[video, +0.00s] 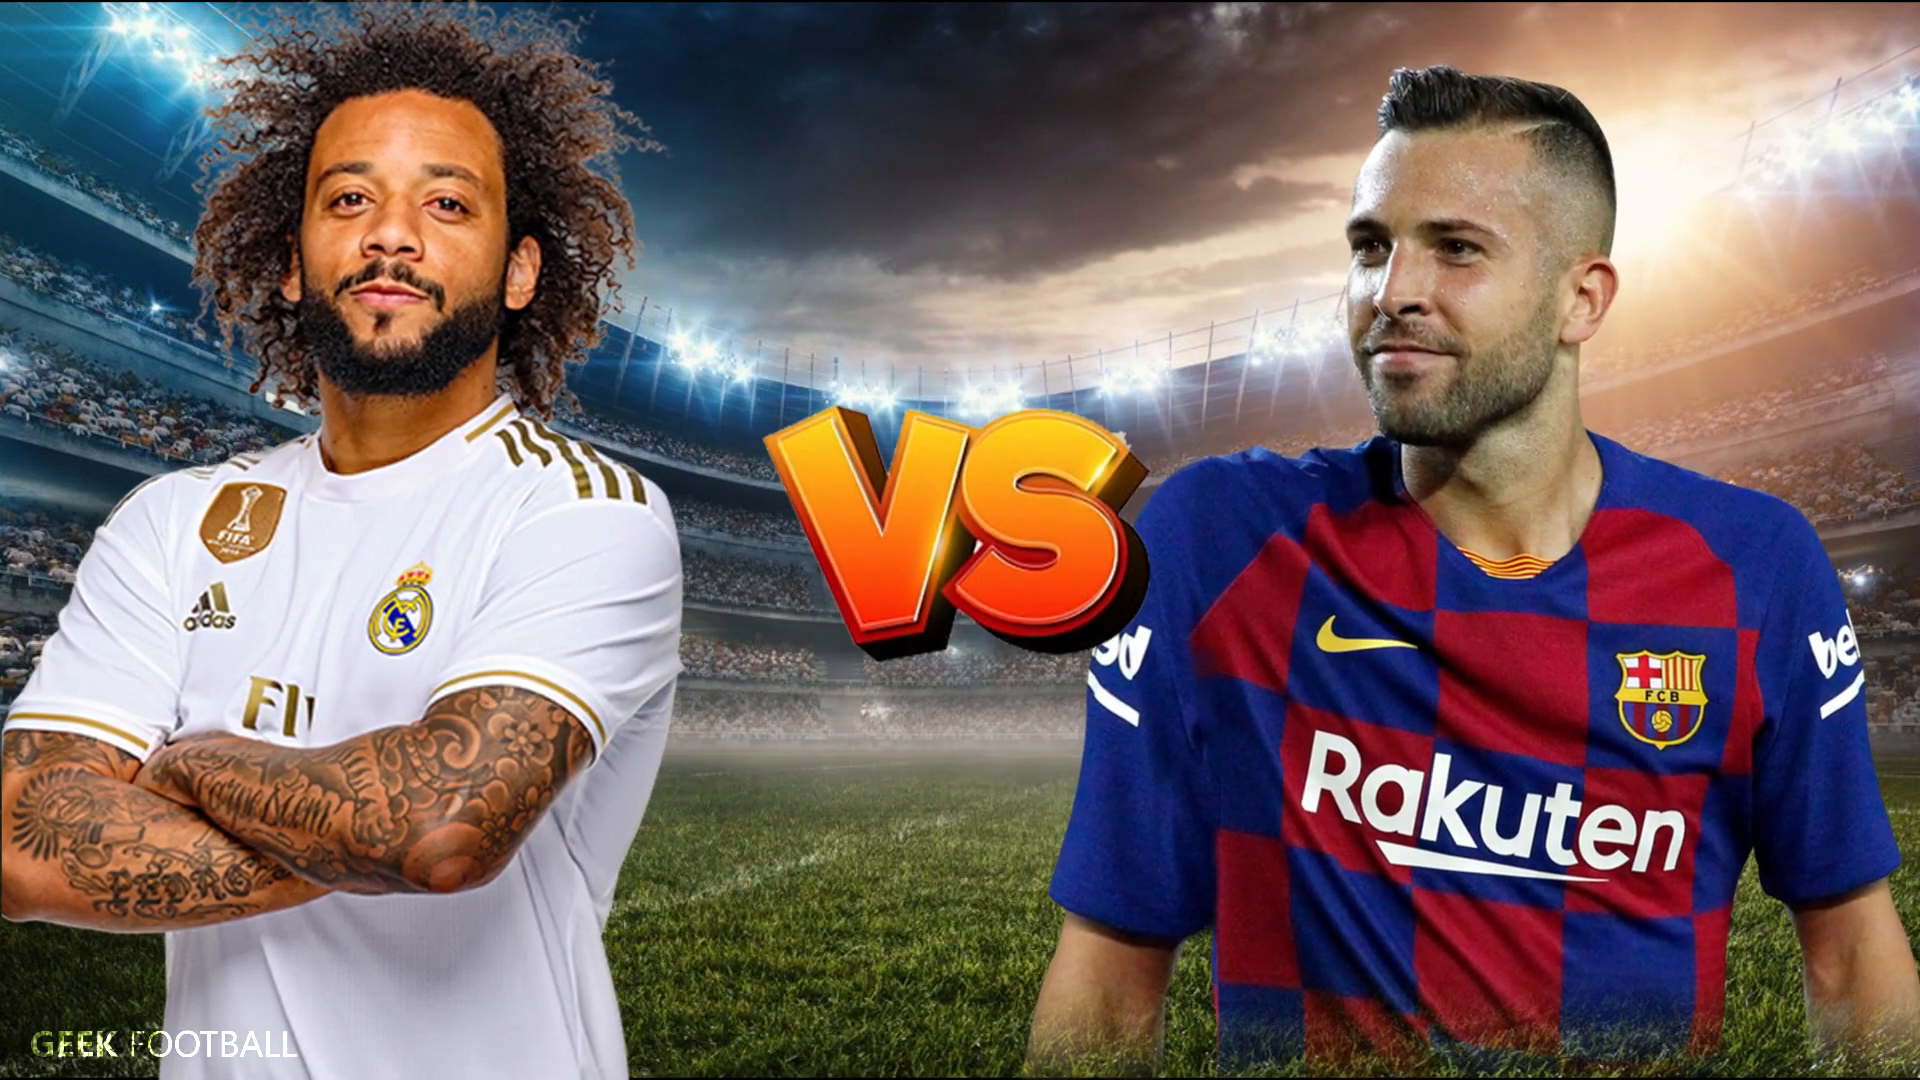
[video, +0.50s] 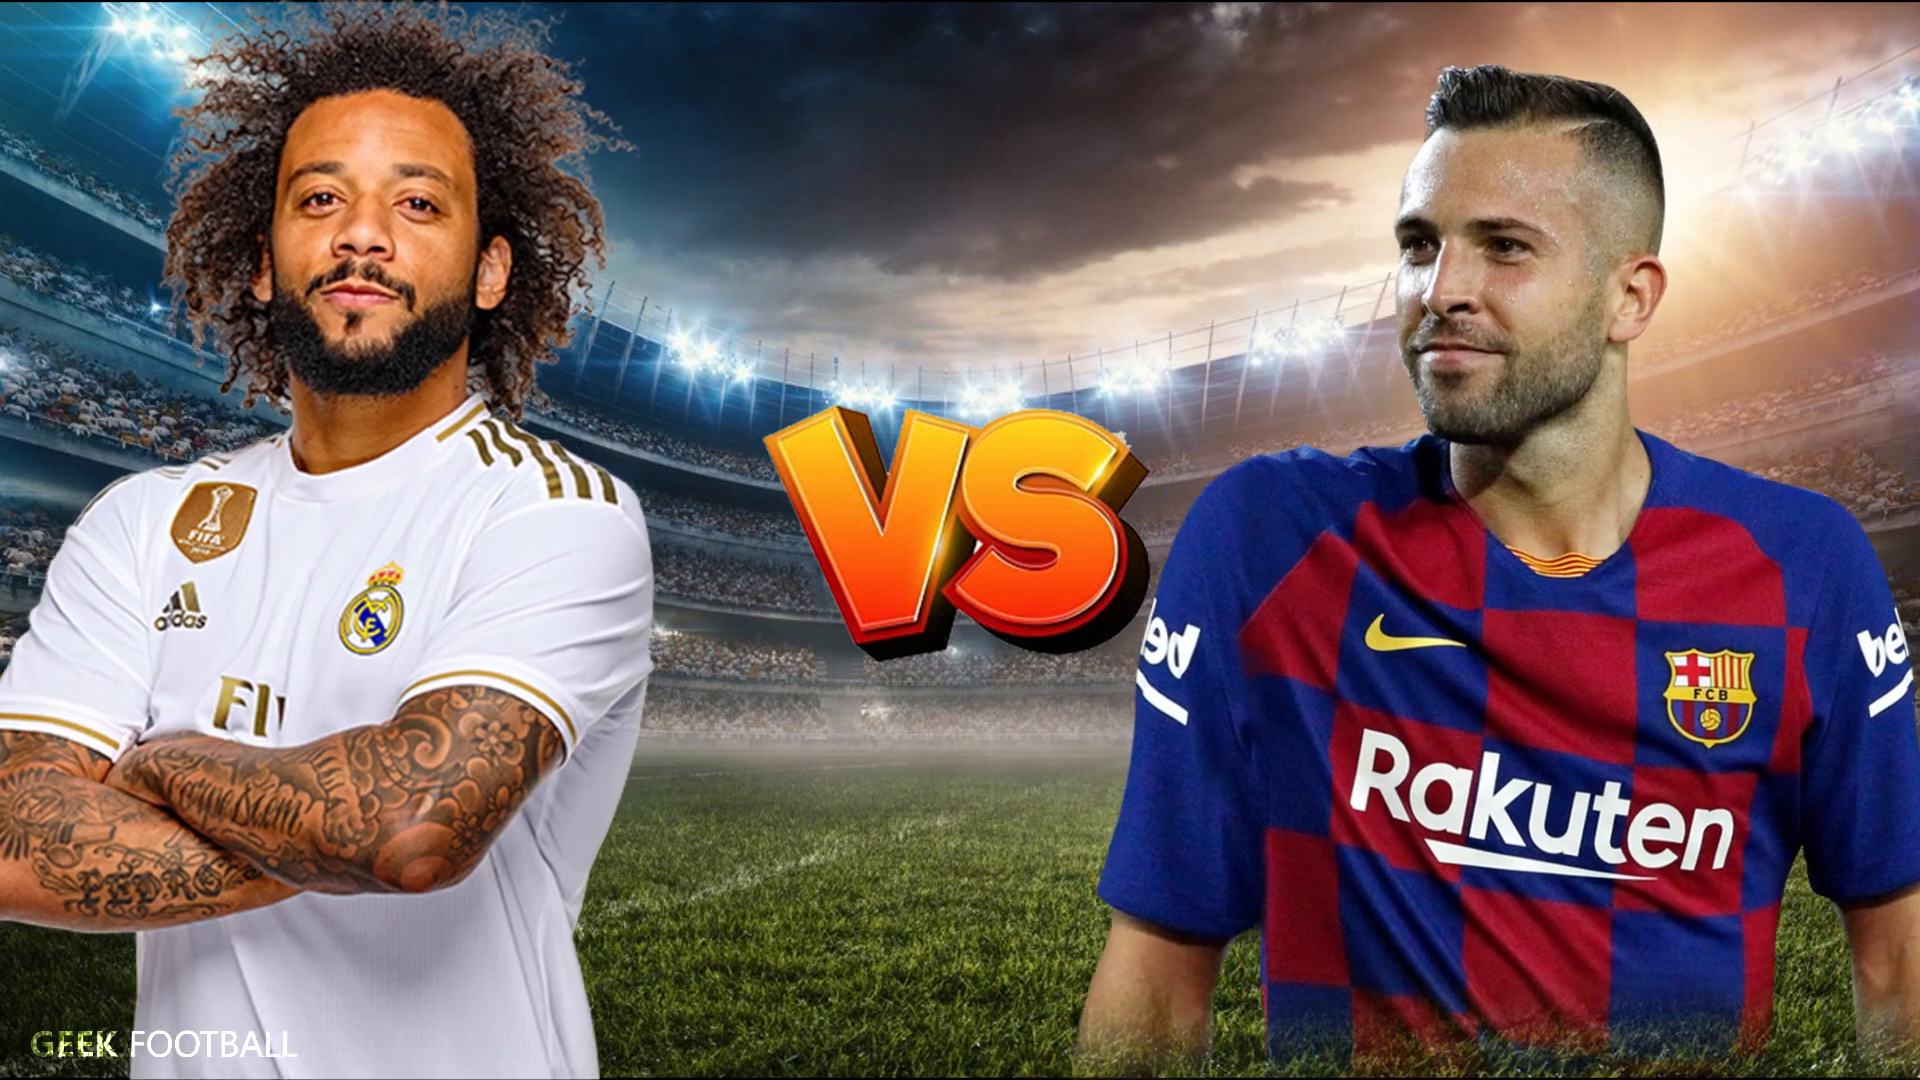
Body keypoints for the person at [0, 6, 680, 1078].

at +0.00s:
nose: (393, 238)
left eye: (448, 204)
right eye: (349, 199)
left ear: (517, 273)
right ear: (296, 260)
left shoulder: (591, 518)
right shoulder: (171, 522)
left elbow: (446, 825)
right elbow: (33, 850)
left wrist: (182, 759)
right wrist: (362, 830)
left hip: (501, 1063)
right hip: (220, 1061)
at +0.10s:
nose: (389, 238)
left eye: (445, 203)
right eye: (346, 199)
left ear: (514, 273)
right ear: (293, 261)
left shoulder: (588, 518)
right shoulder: (169, 522)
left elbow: (442, 824)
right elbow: (29, 848)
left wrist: (181, 760)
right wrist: (357, 829)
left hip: (499, 1063)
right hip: (219, 1061)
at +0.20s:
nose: (385, 238)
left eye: (442, 203)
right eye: (343, 199)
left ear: (511, 273)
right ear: (290, 260)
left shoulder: (585, 518)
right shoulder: (166, 522)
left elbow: (440, 824)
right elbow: (26, 848)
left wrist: (178, 760)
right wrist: (358, 829)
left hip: (496, 1064)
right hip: (214, 1062)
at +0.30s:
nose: (383, 238)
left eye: (439, 203)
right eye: (340, 200)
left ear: (508, 272)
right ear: (288, 261)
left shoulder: (582, 518)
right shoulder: (162, 522)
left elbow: (438, 824)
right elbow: (24, 848)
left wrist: (175, 760)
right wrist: (352, 829)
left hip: (493, 1063)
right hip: (213, 1061)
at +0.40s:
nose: (374, 238)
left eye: (430, 204)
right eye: (332, 199)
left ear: (500, 272)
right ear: (280, 259)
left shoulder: (574, 518)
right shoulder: (154, 521)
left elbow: (429, 824)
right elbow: (26, 851)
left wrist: (168, 760)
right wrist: (345, 826)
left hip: (485, 1063)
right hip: (206, 1062)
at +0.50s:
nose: (363, 237)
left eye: (418, 203)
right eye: (320, 200)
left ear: (487, 271)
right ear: (268, 259)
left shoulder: (562, 518)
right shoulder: (141, 520)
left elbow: (416, 823)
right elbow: (20, 852)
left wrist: (161, 760)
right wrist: (332, 830)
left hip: (473, 1062)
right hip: (193, 1061)